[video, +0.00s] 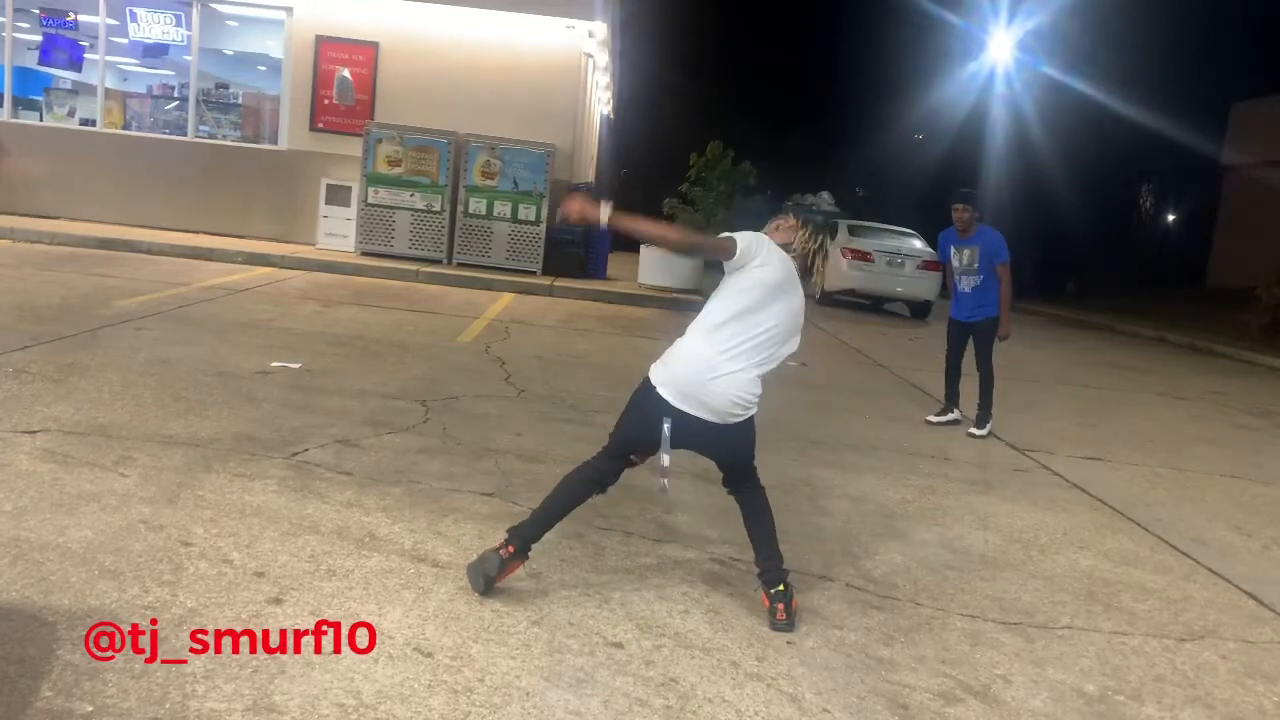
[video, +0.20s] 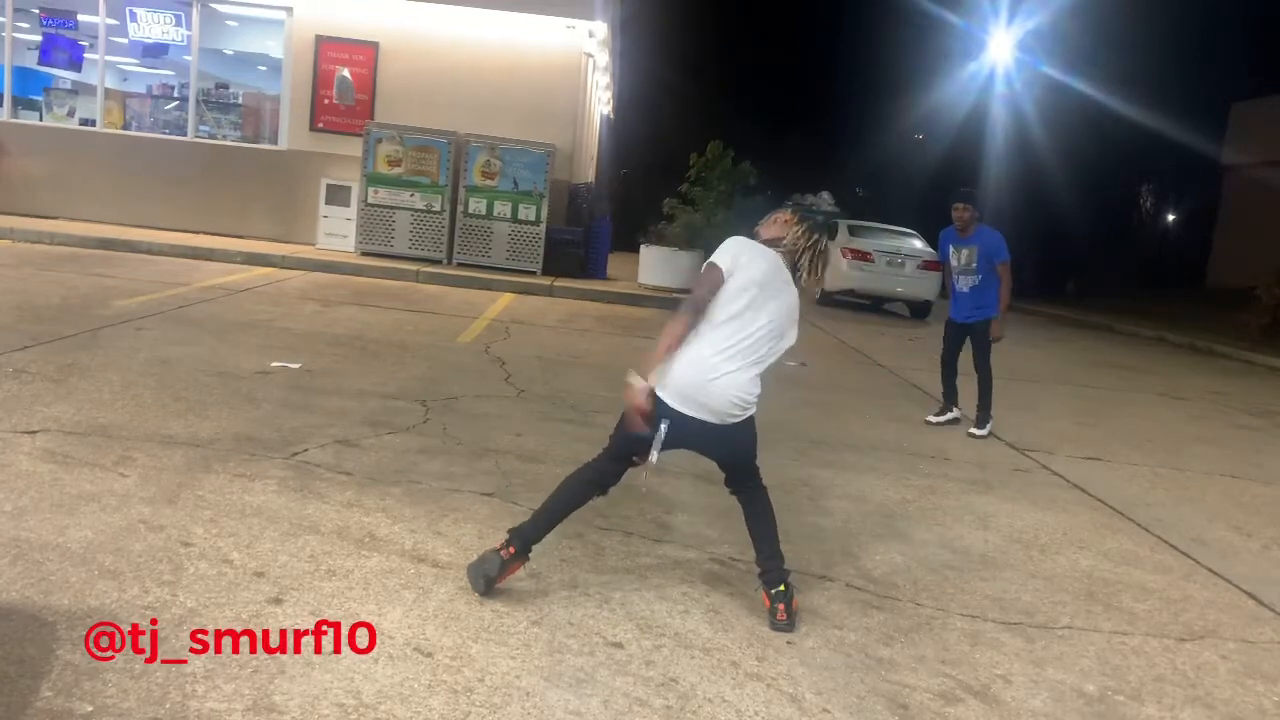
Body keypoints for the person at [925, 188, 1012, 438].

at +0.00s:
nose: (959, 216)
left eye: (964, 211)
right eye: (955, 210)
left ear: (975, 213)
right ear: (951, 213)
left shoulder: (993, 239)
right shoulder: (946, 238)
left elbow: (1005, 278)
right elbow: (949, 274)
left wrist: (1004, 320)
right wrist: (955, 302)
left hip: (986, 315)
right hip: (959, 313)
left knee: (984, 366)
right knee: (952, 361)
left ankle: (983, 418)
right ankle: (951, 408)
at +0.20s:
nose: (959, 215)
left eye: (964, 210)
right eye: (955, 210)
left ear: (975, 213)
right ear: (951, 212)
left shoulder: (992, 239)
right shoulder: (946, 237)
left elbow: (1006, 278)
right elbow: (948, 273)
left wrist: (999, 319)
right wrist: (952, 303)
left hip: (983, 316)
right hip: (957, 314)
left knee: (982, 367)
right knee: (947, 360)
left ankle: (983, 418)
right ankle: (950, 407)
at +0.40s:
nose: (953, 215)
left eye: (958, 210)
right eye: (949, 210)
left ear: (969, 213)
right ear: (945, 212)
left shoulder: (981, 237)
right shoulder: (942, 235)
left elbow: (995, 270)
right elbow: (947, 267)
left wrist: (961, 276)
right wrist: (945, 289)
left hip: (977, 315)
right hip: (950, 310)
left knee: (978, 363)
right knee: (932, 351)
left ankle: (983, 417)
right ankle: (937, 404)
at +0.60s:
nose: (936, 212)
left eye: (941, 208)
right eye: (933, 208)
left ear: (951, 211)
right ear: (928, 211)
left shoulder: (961, 235)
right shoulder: (927, 233)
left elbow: (938, 247)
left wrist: (909, 247)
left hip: (962, 311)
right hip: (936, 309)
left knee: (967, 363)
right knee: (923, 356)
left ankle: (982, 418)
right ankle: (926, 411)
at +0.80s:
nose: (908, 205)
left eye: (913, 200)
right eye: (905, 200)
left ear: (923, 203)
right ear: (901, 204)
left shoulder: (935, 231)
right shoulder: (909, 231)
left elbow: (953, 271)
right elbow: (914, 265)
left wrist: (922, 277)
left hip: (933, 303)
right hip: (915, 303)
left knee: (919, 355)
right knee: (916, 355)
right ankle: (924, 409)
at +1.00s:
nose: (882, 210)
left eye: (887, 206)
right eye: (879, 206)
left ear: (896, 209)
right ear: (874, 209)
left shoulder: (910, 235)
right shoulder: (873, 233)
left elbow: (929, 271)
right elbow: (875, 258)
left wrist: (941, 307)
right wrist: (855, 255)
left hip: (905, 305)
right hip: (886, 304)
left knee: (875, 348)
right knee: (901, 360)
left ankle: (864, 411)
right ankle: (923, 409)